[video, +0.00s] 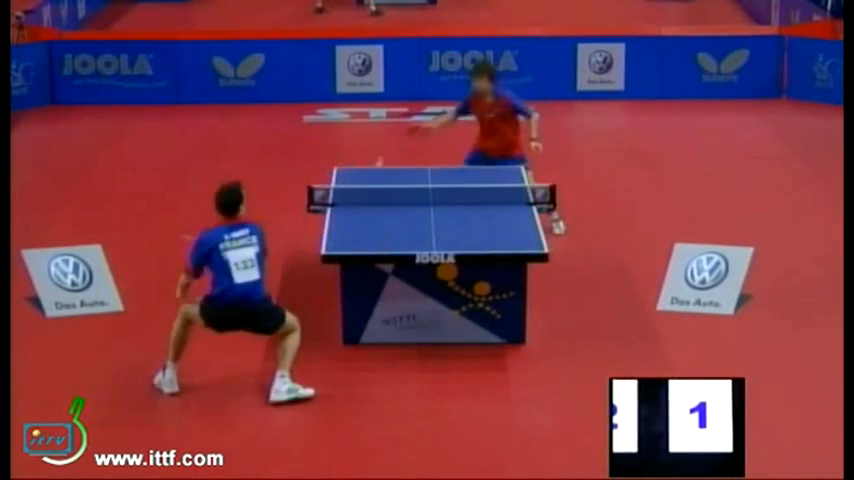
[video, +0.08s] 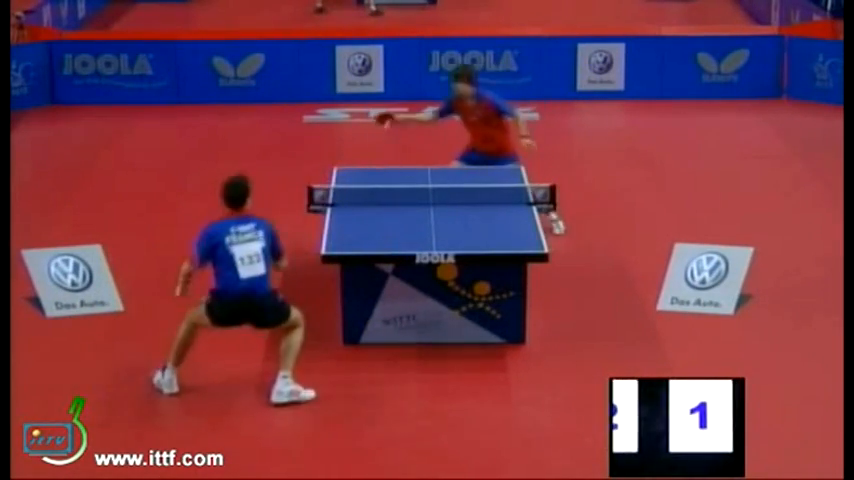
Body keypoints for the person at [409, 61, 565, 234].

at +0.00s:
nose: (479, 86)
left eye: (483, 81)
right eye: (477, 81)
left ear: (491, 82)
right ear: (473, 82)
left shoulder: (504, 99)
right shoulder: (473, 99)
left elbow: (532, 115)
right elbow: (454, 115)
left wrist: (533, 139)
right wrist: (432, 127)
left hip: (510, 154)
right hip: (483, 153)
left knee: (528, 188)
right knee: (463, 183)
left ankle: (554, 218)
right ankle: (460, 220)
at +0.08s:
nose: (461, 90)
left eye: (464, 86)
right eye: (458, 86)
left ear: (473, 86)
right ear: (455, 87)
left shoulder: (487, 100)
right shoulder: (456, 103)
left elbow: (515, 114)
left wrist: (523, 138)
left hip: (503, 156)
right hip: (476, 154)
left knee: (522, 190)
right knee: (448, 180)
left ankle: (551, 217)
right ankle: (443, 220)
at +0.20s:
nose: (438, 80)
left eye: (441, 75)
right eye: (435, 76)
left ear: (448, 76)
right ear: (431, 77)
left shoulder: (463, 91)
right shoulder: (432, 95)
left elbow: (492, 107)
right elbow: (414, 113)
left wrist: (494, 126)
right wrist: (395, 116)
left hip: (481, 145)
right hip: (457, 145)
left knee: (491, 182)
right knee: (438, 177)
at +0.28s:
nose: (430, 72)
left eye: (433, 67)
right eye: (427, 68)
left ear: (439, 68)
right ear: (423, 70)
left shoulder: (453, 83)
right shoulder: (423, 87)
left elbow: (481, 98)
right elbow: (410, 102)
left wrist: (482, 116)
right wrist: (399, 107)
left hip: (465, 136)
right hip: (441, 137)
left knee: (475, 174)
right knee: (427, 169)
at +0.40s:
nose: (419, 68)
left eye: (422, 64)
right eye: (416, 64)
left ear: (429, 62)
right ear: (413, 65)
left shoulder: (444, 78)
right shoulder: (411, 79)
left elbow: (468, 92)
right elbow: (400, 92)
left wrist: (469, 110)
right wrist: (393, 98)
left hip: (443, 129)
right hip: (419, 128)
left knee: (449, 168)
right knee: (401, 162)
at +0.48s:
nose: (412, 68)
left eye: (415, 64)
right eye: (409, 65)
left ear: (421, 63)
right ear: (405, 66)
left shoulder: (435, 80)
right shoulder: (402, 81)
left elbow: (455, 93)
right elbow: (390, 94)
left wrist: (458, 109)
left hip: (430, 133)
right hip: (407, 133)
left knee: (441, 165)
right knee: (385, 160)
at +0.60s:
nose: (397, 67)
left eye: (400, 64)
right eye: (394, 64)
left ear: (405, 64)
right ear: (389, 65)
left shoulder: (417, 81)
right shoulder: (382, 80)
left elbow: (427, 99)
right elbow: (375, 102)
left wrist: (436, 112)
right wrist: (372, 108)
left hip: (408, 134)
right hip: (383, 134)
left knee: (426, 164)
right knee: (364, 166)